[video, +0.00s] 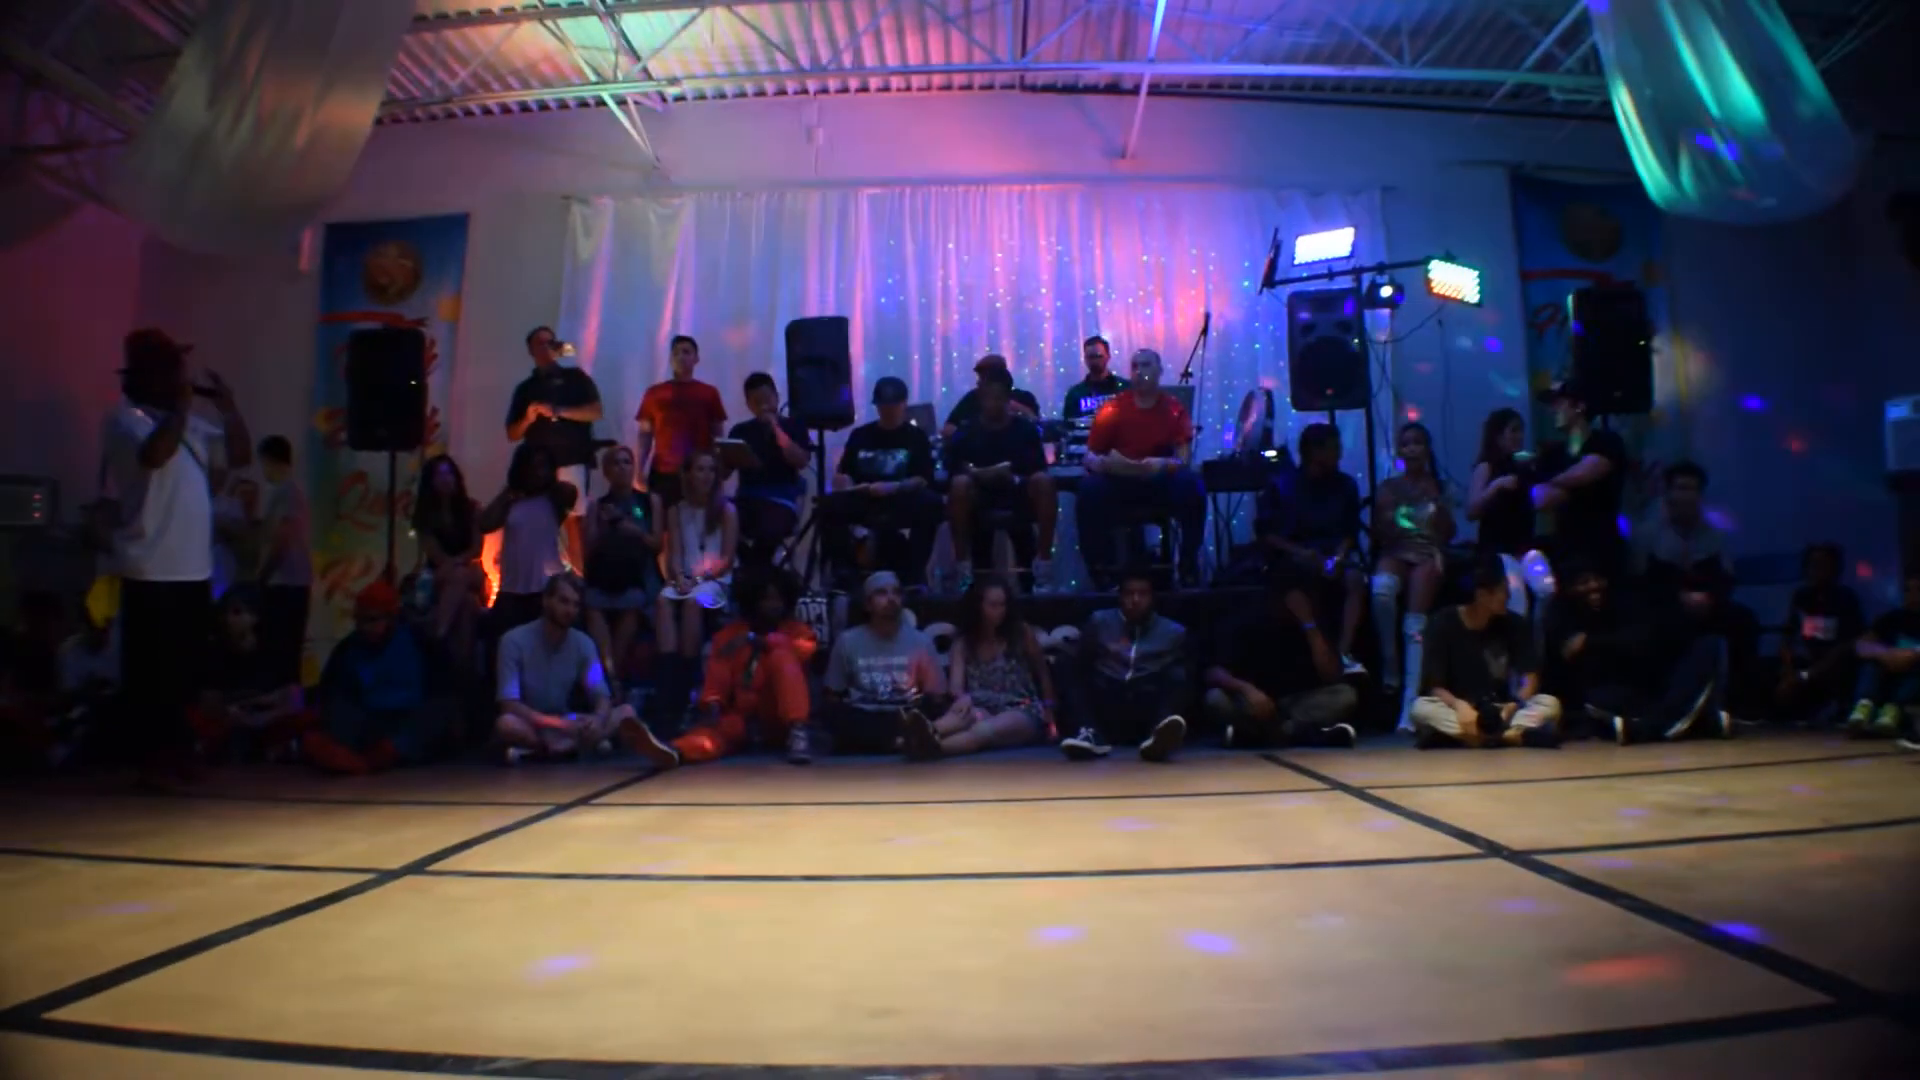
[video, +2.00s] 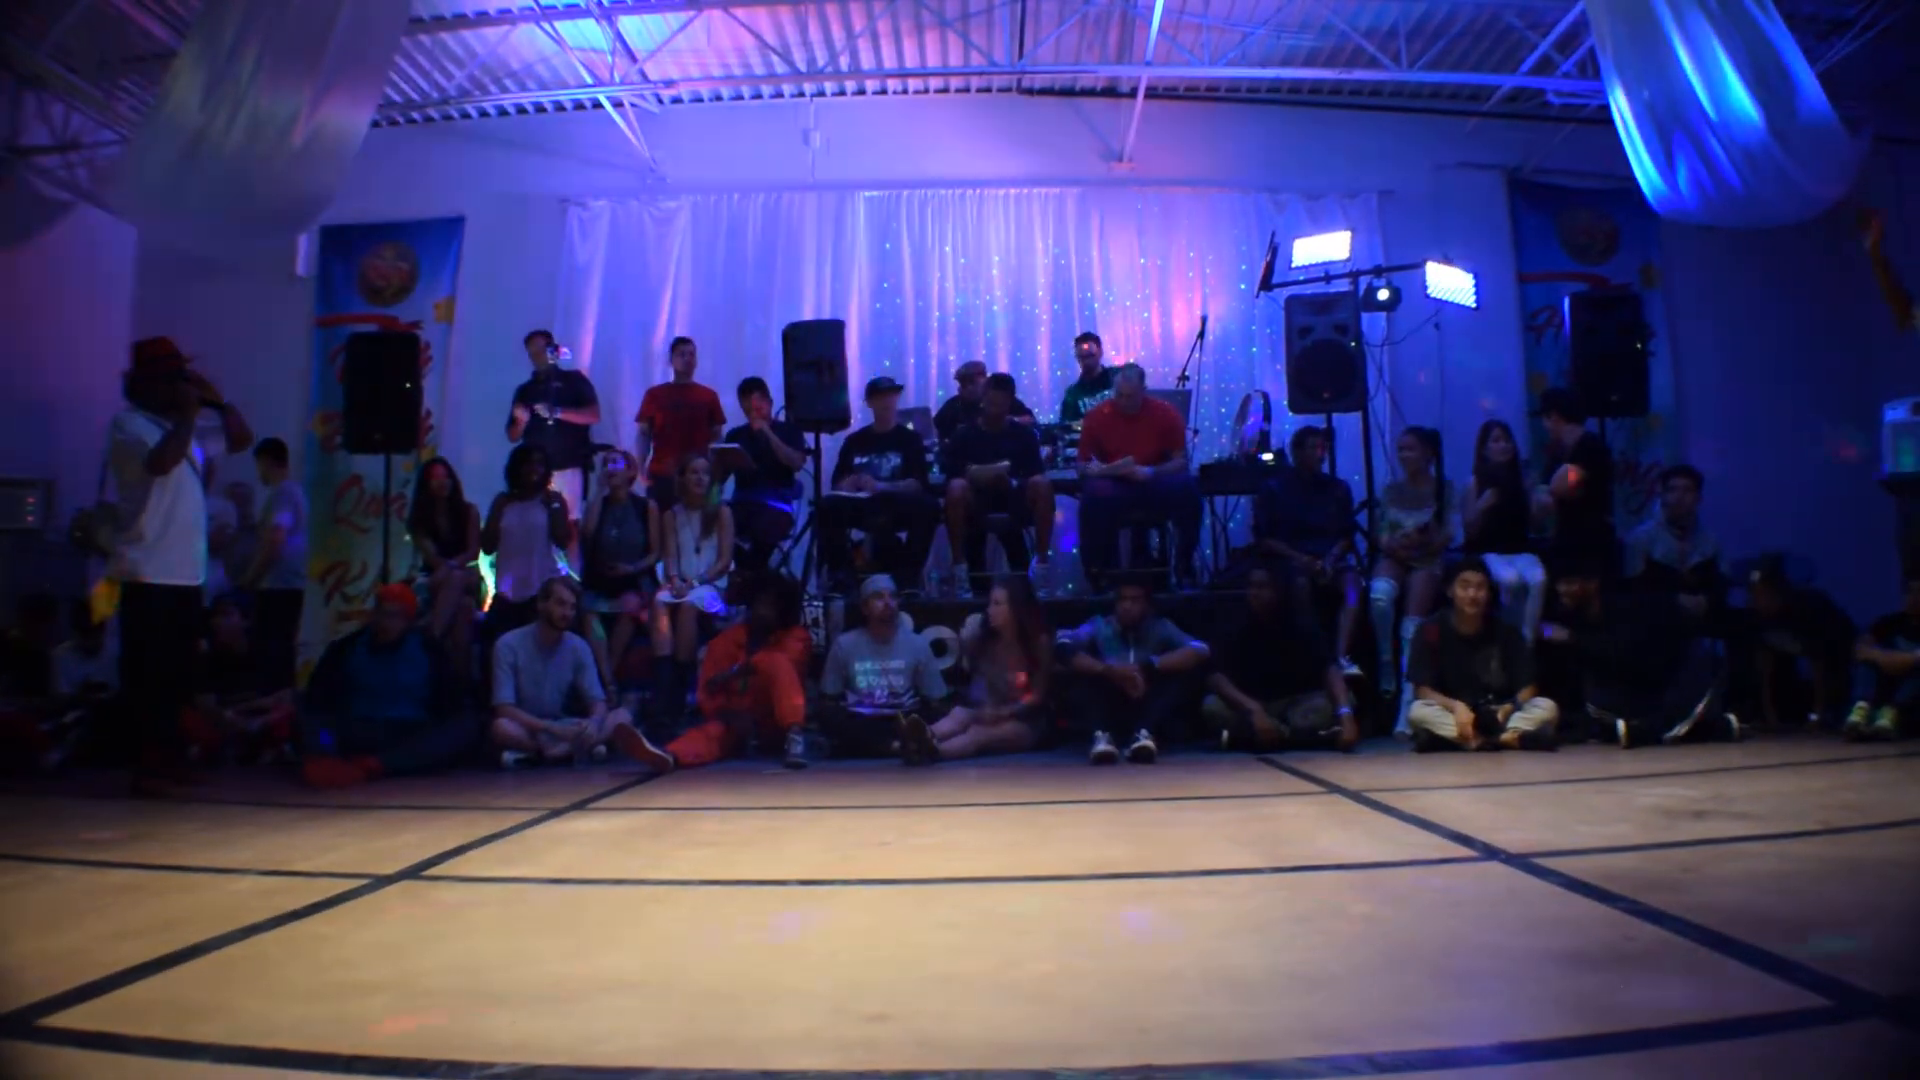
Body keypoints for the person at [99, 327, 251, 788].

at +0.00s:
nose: (178, 381)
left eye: (178, 373)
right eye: (168, 372)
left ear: (176, 378)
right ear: (142, 377)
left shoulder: (185, 426)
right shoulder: (127, 421)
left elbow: (239, 457)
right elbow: (153, 455)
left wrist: (227, 405)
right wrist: (181, 404)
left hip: (193, 578)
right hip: (151, 578)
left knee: (187, 679)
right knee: (150, 680)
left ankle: (183, 760)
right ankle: (148, 764)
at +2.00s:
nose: (179, 388)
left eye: (180, 380)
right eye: (169, 380)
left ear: (180, 384)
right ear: (146, 385)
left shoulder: (180, 432)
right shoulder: (129, 426)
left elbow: (240, 440)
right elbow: (159, 462)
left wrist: (216, 400)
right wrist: (188, 413)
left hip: (185, 579)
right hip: (149, 578)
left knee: (179, 678)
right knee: (149, 679)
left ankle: (174, 762)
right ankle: (147, 768)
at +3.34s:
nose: (179, 390)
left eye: (181, 383)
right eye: (169, 383)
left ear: (185, 387)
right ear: (147, 386)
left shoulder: (200, 433)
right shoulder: (126, 429)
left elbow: (245, 462)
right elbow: (130, 468)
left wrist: (250, 438)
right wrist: (165, 423)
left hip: (191, 581)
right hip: (143, 581)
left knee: (185, 682)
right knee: (144, 681)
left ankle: (177, 762)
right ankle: (143, 768)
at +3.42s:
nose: (182, 389)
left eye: (184, 381)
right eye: (171, 382)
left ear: (186, 387)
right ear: (147, 387)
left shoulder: (202, 435)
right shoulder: (125, 431)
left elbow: (256, 463)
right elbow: (124, 468)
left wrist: (250, 469)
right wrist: (156, 421)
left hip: (191, 585)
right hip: (142, 585)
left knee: (184, 685)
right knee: (144, 685)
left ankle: (177, 763)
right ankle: (143, 769)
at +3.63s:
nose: (173, 393)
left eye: (178, 385)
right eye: (163, 386)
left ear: (185, 388)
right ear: (144, 391)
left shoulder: (207, 437)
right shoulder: (128, 434)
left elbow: (241, 491)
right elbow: (117, 471)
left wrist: (240, 526)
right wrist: (150, 422)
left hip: (194, 585)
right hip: (142, 584)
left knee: (185, 681)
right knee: (143, 682)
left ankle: (177, 761)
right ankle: (142, 765)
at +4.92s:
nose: (207, 382)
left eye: (210, 373)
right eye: (196, 374)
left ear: (216, 377)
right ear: (174, 379)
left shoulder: (228, 431)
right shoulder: (153, 428)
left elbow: (251, 498)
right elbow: (155, 464)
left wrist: (266, 550)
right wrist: (186, 413)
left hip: (226, 582)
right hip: (172, 584)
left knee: (222, 682)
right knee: (177, 684)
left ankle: (215, 765)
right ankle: (183, 768)